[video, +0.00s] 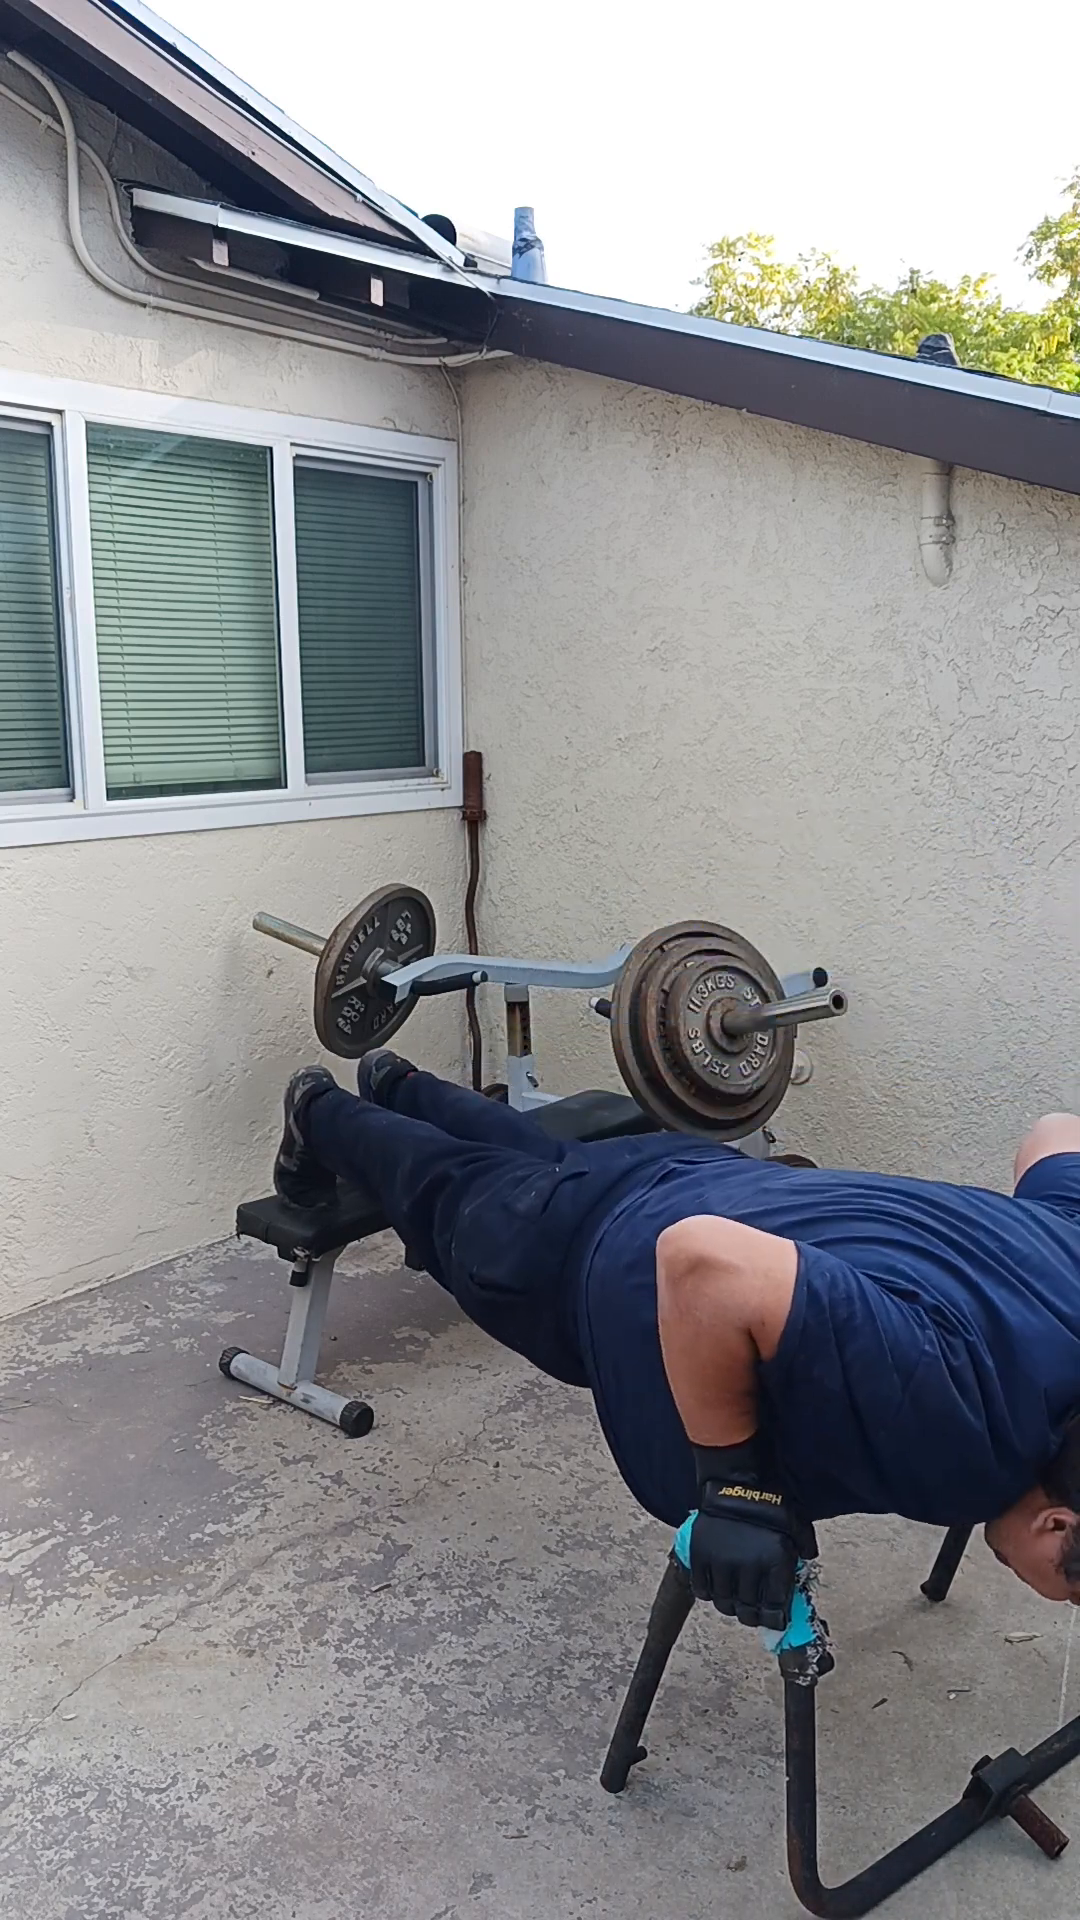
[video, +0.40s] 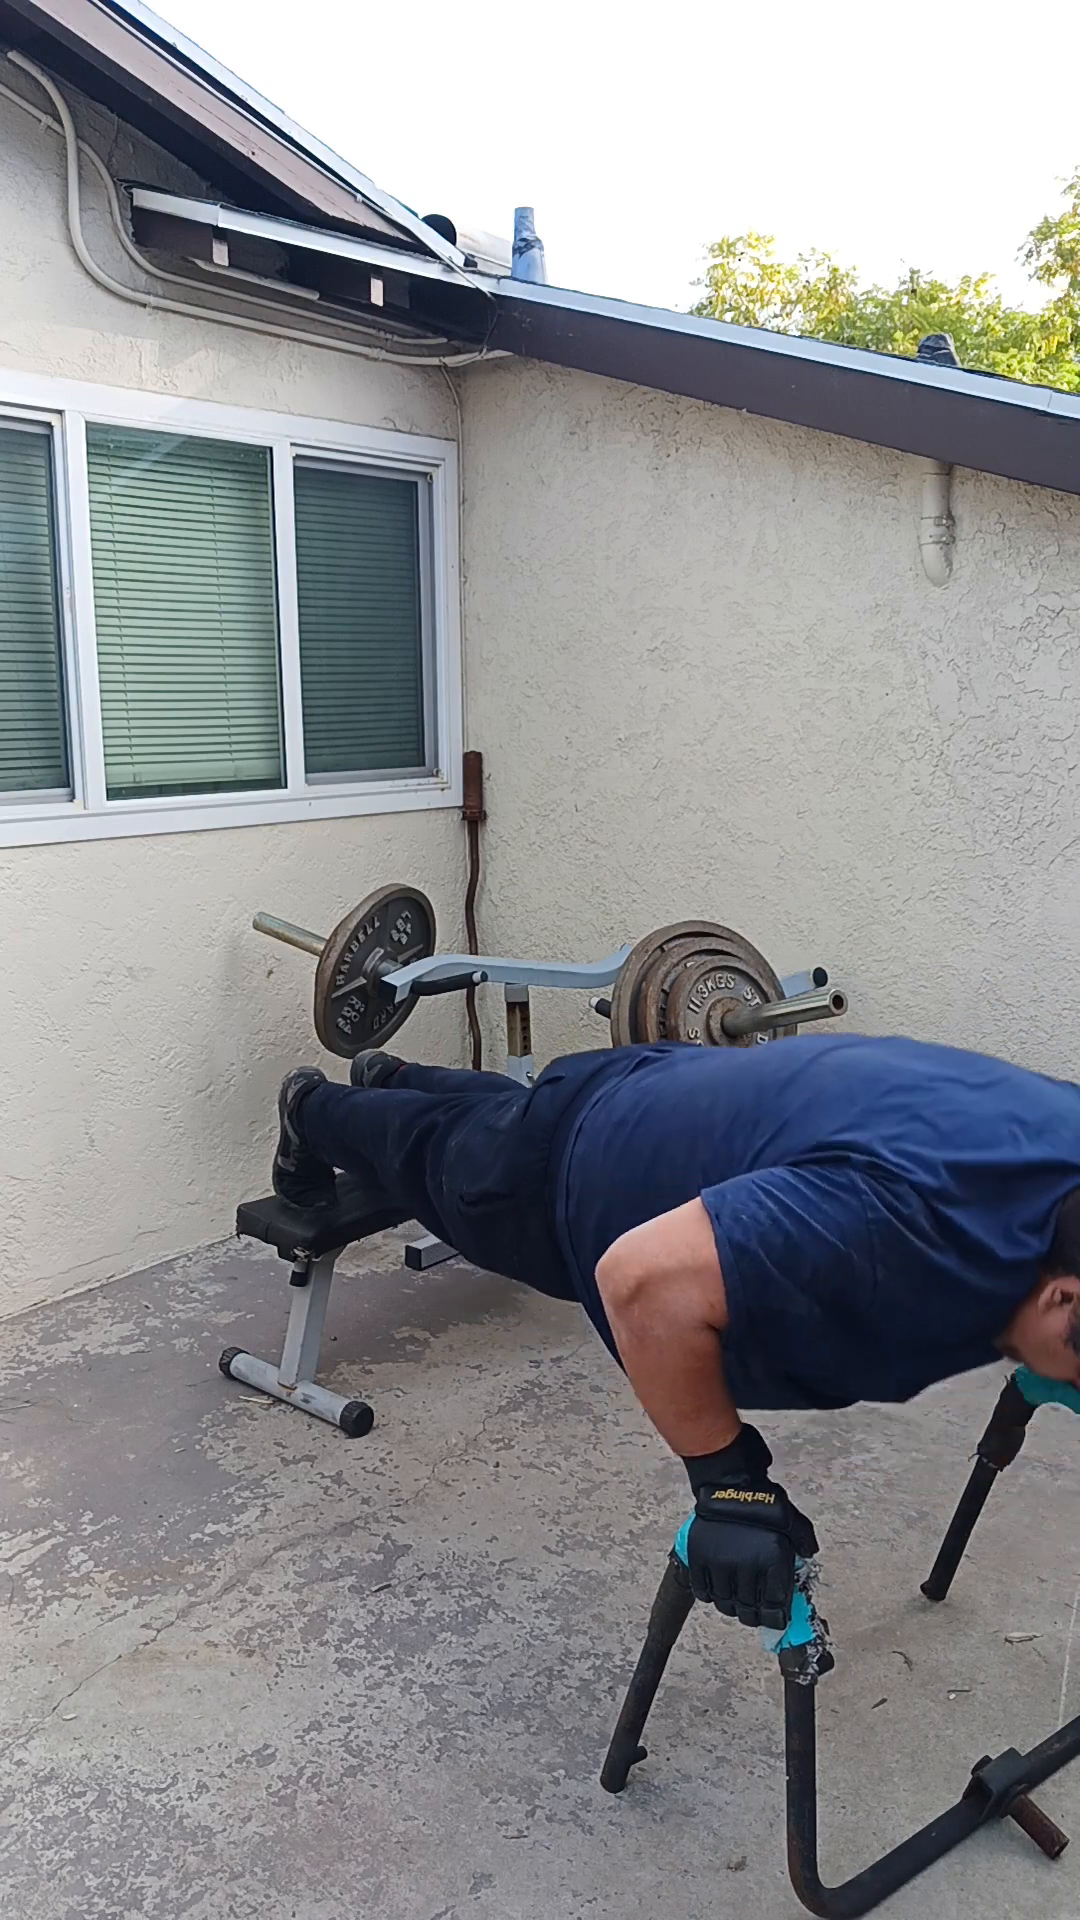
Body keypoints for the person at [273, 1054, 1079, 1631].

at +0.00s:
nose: (1029, 1586)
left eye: (1045, 1588)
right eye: (1046, 1582)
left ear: (1063, 1517)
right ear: (1057, 1525)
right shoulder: (944, 1400)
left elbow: (1058, 1133)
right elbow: (701, 1272)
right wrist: (734, 1488)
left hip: (713, 1165)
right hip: (633, 1236)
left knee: (538, 1156)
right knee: (457, 1197)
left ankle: (393, 1084)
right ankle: (325, 1112)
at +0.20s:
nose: (1039, 1533)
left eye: (1054, 1530)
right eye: (1057, 1525)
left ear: (1064, 1473)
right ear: (1059, 1474)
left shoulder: (1079, 1254)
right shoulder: (915, 1347)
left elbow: (1065, 1131)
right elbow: (667, 1277)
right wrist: (730, 1488)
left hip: (716, 1150)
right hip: (605, 1222)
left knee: (538, 1138)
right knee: (453, 1190)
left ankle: (399, 1086)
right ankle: (323, 1112)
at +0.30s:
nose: (1044, 1454)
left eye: (1061, 1449)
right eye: (1065, 1444)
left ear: (1066, 1388)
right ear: (1062, 1392)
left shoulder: (1073, 1194)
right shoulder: (906, 1287)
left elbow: (1063, 1131)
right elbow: (651, 1284)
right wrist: (729, 1485)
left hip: (701, 1110)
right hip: (593, 1195)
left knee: (530, 1126)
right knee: (441, 1167)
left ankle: (394, 1083)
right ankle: (316, 1111)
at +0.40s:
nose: (1051, 1373)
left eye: (1067, 1368)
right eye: (1069, 1360)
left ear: (1066, 1297)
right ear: (1058, 1303)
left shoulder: (1070, 1145)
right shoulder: (908, 1233)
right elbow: (646, 1288)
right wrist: (728, 1484)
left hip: (684, 1081)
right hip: (585, 1160)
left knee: (513, 1108)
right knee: (433, 1144)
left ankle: (389, 1085)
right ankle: (315, 1112)